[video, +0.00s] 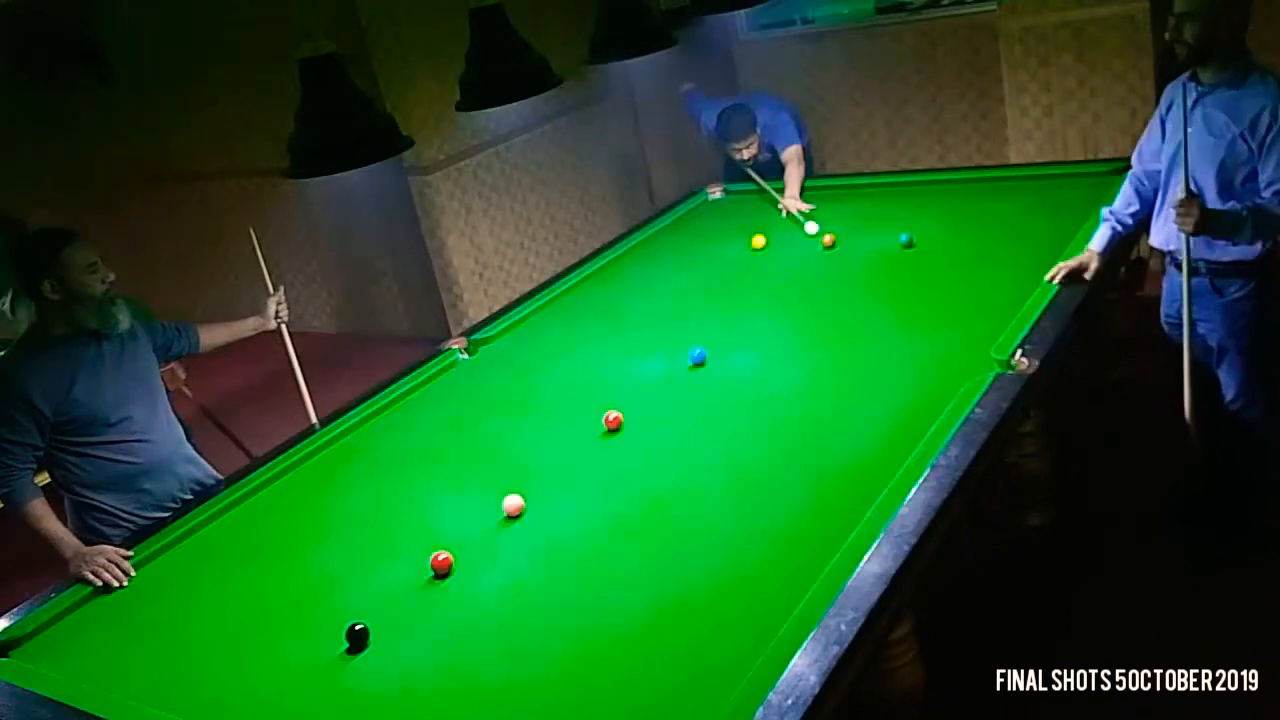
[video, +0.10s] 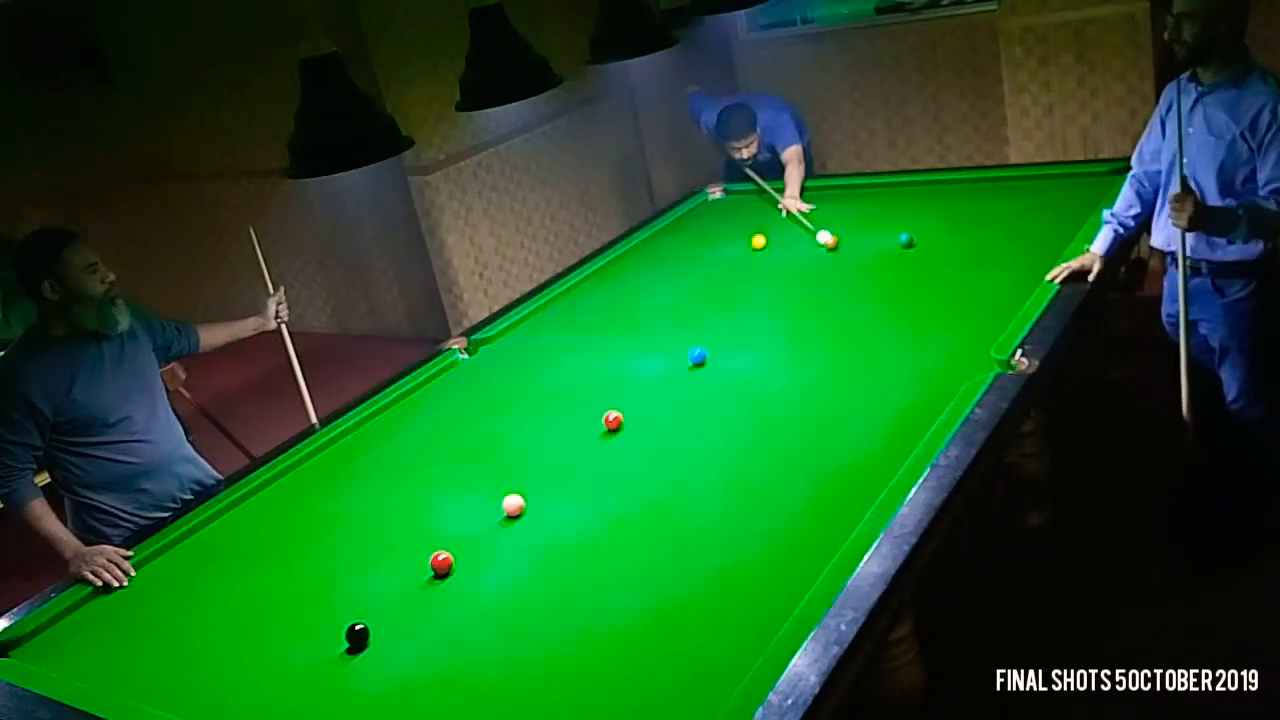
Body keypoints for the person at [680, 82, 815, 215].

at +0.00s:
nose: (745, 156)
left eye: (750, 147)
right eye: (736, 151)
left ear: (758, 134)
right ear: (722, 142)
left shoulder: (776, 121)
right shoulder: (710, 120)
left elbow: (794, 160)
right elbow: (693, 99)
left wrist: (791, 196)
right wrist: (688, 90)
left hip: (777, 156)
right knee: (738, 210)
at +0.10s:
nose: (744, 155)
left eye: (749, 146)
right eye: (736, 150)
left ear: (758, 133)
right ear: (719, 141)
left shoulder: (777, 121)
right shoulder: (709, 118)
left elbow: (794, 161)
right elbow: (691, 92)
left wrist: (791, 195)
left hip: (778, 156)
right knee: (738, 210)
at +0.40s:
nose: (746, 153)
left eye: (751, 144)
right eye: (737, 148)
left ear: (759, 131)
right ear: (721, 141)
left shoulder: (778, 120)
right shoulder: (710, 117)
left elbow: (795, 161)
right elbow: (690, 93)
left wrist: (791, 196)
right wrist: (711, 138)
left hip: (778, 156)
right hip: (737, 162)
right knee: (739, 210)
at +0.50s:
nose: (747, 152)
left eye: (751, 143)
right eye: (738, 148)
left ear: (760, 131)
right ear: (721, 141)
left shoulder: (778, 120)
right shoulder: (710, 117)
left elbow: (795, 160)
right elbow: (691, 95)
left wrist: (791, 196)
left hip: (779, 156)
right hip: (738, 162)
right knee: (739, 210)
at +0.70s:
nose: (747, 152)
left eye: (752, 143)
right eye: (739, 147)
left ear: (761, 130)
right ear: (723, 140)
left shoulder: (778, 118)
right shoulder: (710, 118)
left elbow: (795, 160)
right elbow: (690, 96)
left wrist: (791, 196)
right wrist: (714, 141)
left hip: (778, 157)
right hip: (738, 162)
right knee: (740, 213)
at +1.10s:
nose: (748, 152)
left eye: (753, 143)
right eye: (740, 147)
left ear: (762, 130)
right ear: (723, 141)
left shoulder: (778, 118)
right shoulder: (710, 118)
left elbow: (795, 161)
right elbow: (689, 97)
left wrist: (791, 196)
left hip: (779, 158)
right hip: (738, 163)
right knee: (740, 214)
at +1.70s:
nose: (754, 133)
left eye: (760, 123)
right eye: (746, 126)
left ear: (768, 113)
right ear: (732, 119)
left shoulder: (787, 111)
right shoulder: (720, 105)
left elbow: (797, 158)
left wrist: (792, 195)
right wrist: (724, 142)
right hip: (742, 155)